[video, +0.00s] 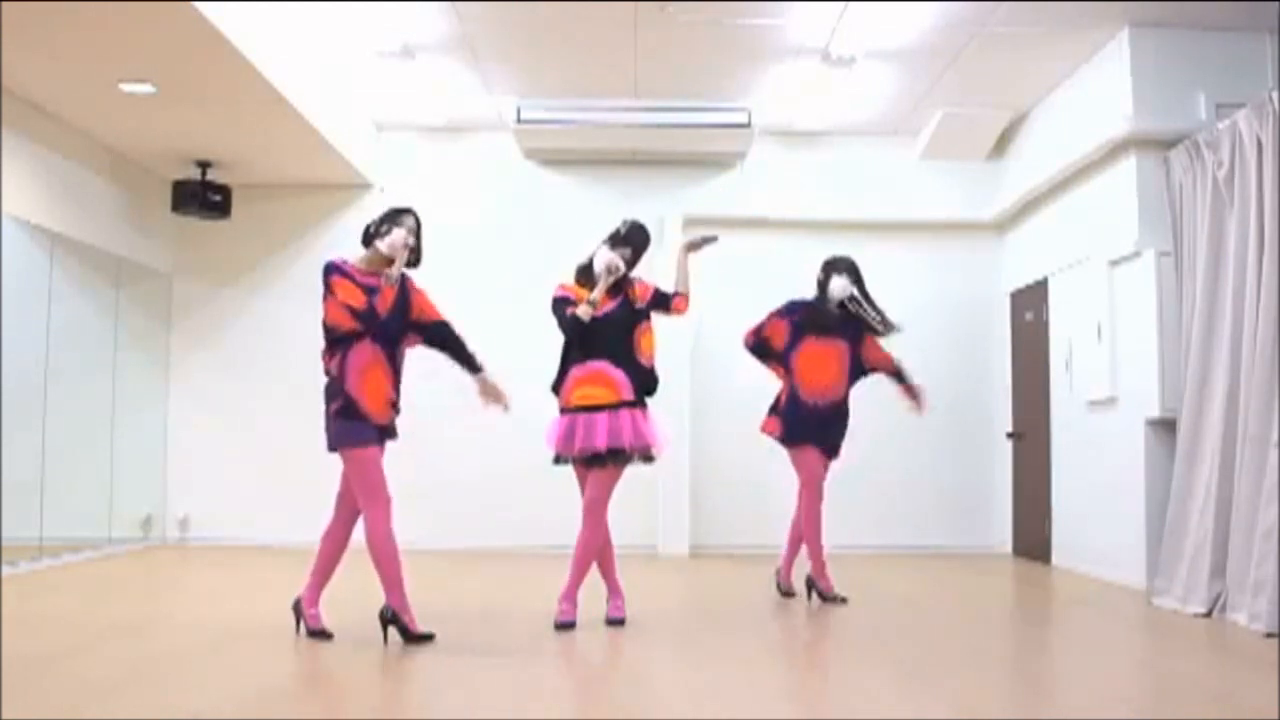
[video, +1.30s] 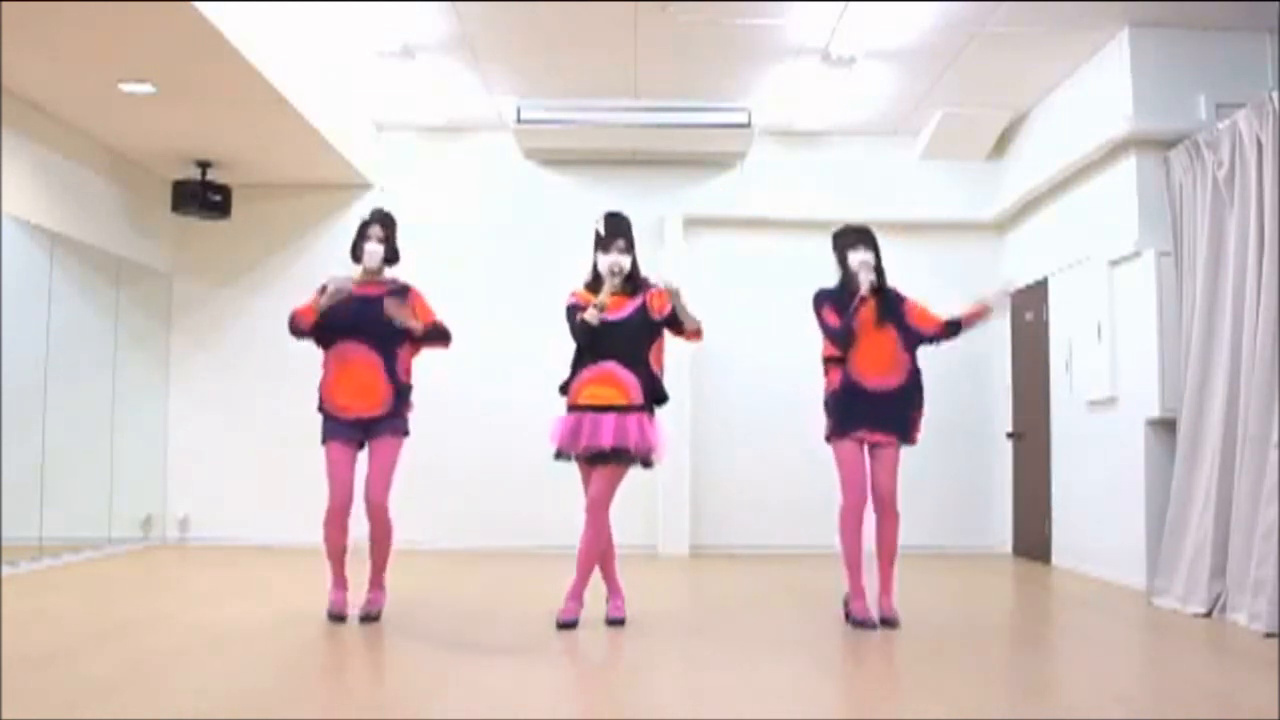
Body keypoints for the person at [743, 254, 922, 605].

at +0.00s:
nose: (841, 290)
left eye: (848, 283)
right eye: (836, 282)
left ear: (856, 287)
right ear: (823, 283)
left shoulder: (855, 329)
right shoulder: (796, 314)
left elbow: (881, 360)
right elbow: (754, 342)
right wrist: (782, 372)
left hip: (834, 415)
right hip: (796, 410)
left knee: (811, 490)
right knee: (813, 484)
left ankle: (785, 568)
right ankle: (819, 572)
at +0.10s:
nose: (838, 289)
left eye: (846, 282)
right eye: (833, 280)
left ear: (855, 288)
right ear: (822, 282)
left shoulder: (863, 328)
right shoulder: (796, 315)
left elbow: (904, 332)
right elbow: (753, 342)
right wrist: (782, 371)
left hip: (834, 417)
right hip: (796, 412)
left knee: (813, 491)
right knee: (810, 490)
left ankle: (800, 569)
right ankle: (819, 574)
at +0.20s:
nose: (836, 290)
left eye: (843, 284)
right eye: (833, 282)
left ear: (851, 288)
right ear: (825, 281)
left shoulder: (859, 321)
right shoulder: (795, 313)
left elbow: (895, 315)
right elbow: (751, 341)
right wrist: (783, 370)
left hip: (834, 411)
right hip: (798, 409)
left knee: (813, 491)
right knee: (811, 491)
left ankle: (801, 569)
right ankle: (817, 573)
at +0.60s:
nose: (828, 293)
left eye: (836, 287)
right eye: (823, 284)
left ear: (846, 290)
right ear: (813, 282)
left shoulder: (861, 319)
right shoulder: (792, 318)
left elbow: (899, 298)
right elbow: (792, 361)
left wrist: (872, 265)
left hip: (836, 415)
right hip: (798, 412)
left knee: (826, 504)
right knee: (808, 497)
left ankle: (803, 573)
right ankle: (799, 577)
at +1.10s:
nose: (856, 273)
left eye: (863, 267)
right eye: (851, 265)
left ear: (873, 270)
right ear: (839, 265)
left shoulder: (890, 300)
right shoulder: (818, 306)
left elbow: (930, 279)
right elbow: (820, 346)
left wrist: (899, 244)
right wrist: (844, 301)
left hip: (877, 408)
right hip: (835, 410)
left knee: (870, 500)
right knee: (852, 498)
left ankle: (852, 585)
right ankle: (852, 589)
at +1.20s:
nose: (859, 267)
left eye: (865, 259)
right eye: (851, 260)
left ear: (876, 263)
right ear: (840, 264)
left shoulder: (895, 302)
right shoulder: (825, 306)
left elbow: (940, 301)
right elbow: (830, 342)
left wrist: (936, 256)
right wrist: (853, 298)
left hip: (884, 411)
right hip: (841, 413)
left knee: (882, 504)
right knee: (853, 499)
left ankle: (860, 587)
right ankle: (856, 592)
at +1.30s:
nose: (862, 260)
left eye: (867, 252)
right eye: (853, 254)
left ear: (877, 256)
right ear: (840, 260)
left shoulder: (892, 301)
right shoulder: (829, 300)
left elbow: (934, 330)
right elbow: (839, 337)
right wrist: (860, 295)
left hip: (888, 407)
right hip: (846, 407)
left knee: (886, 499)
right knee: (855, 498)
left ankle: (887, 596)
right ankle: (856, 596)